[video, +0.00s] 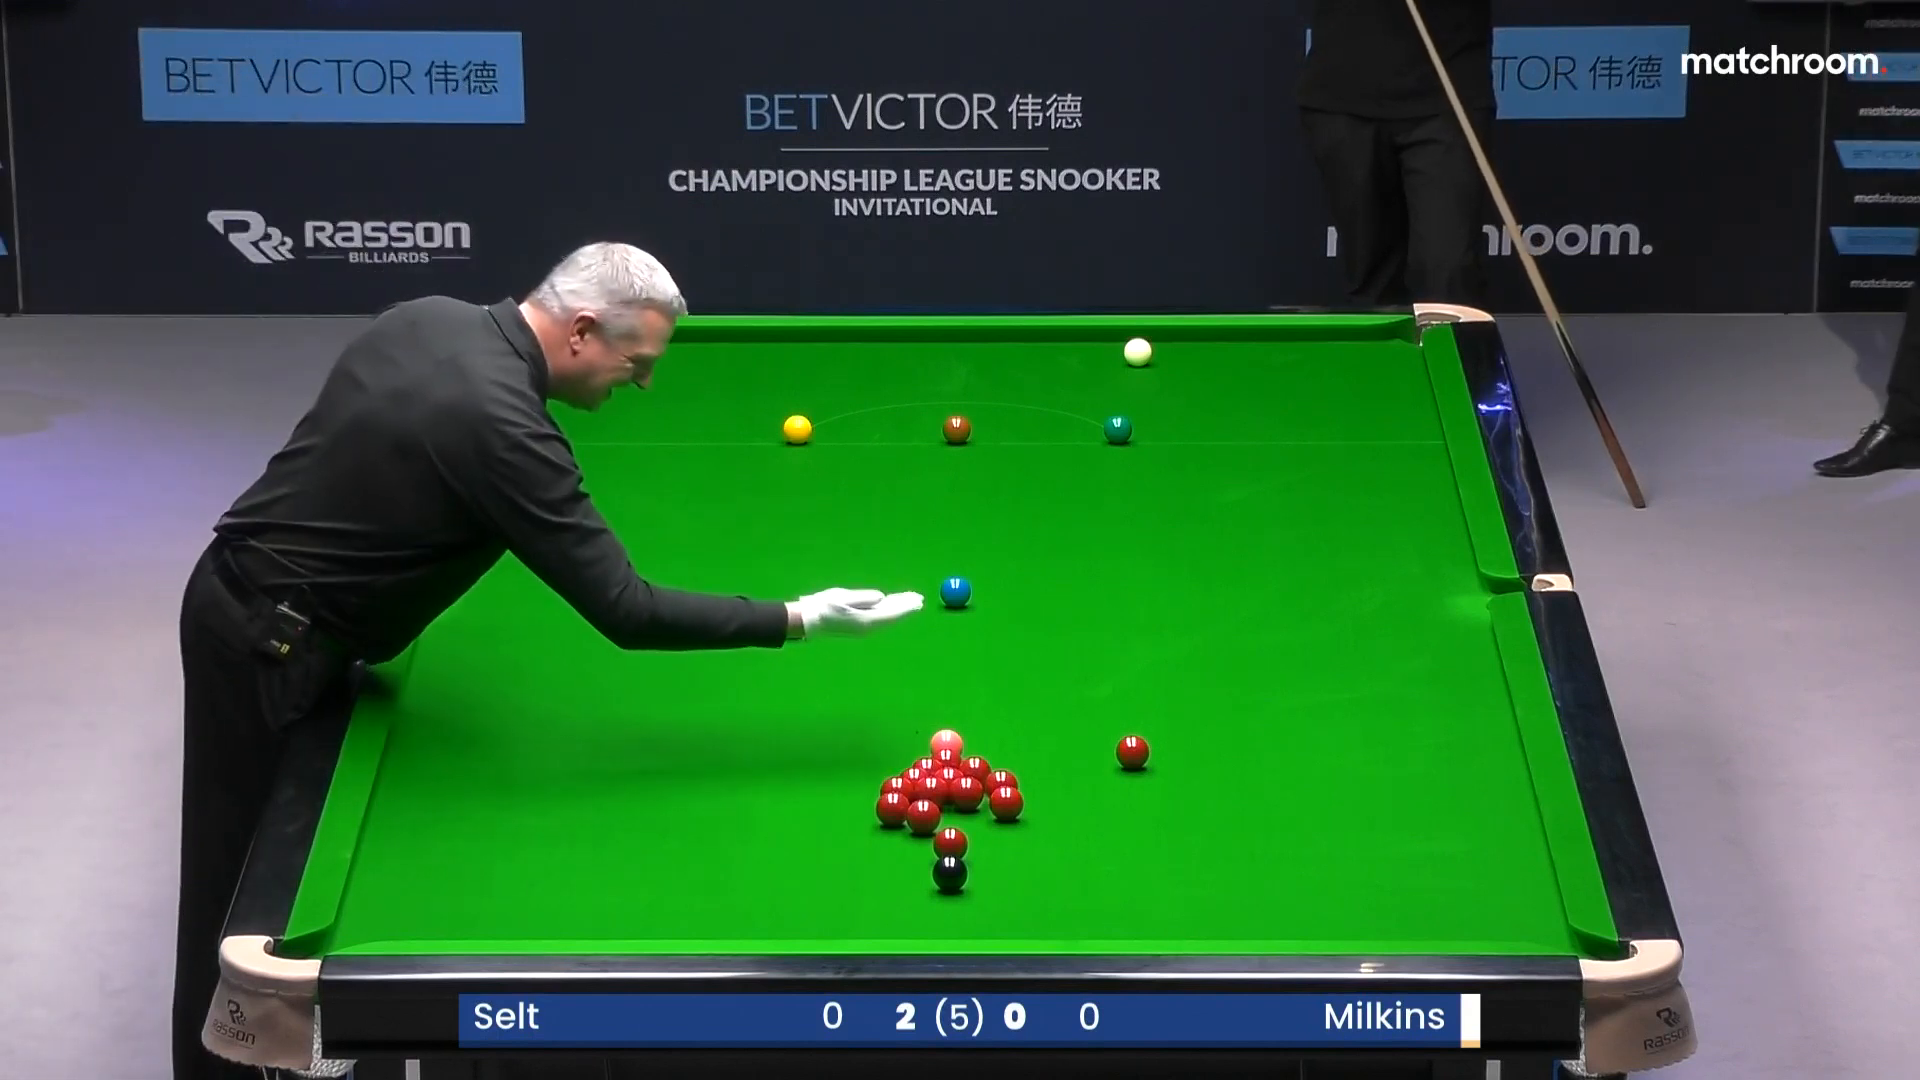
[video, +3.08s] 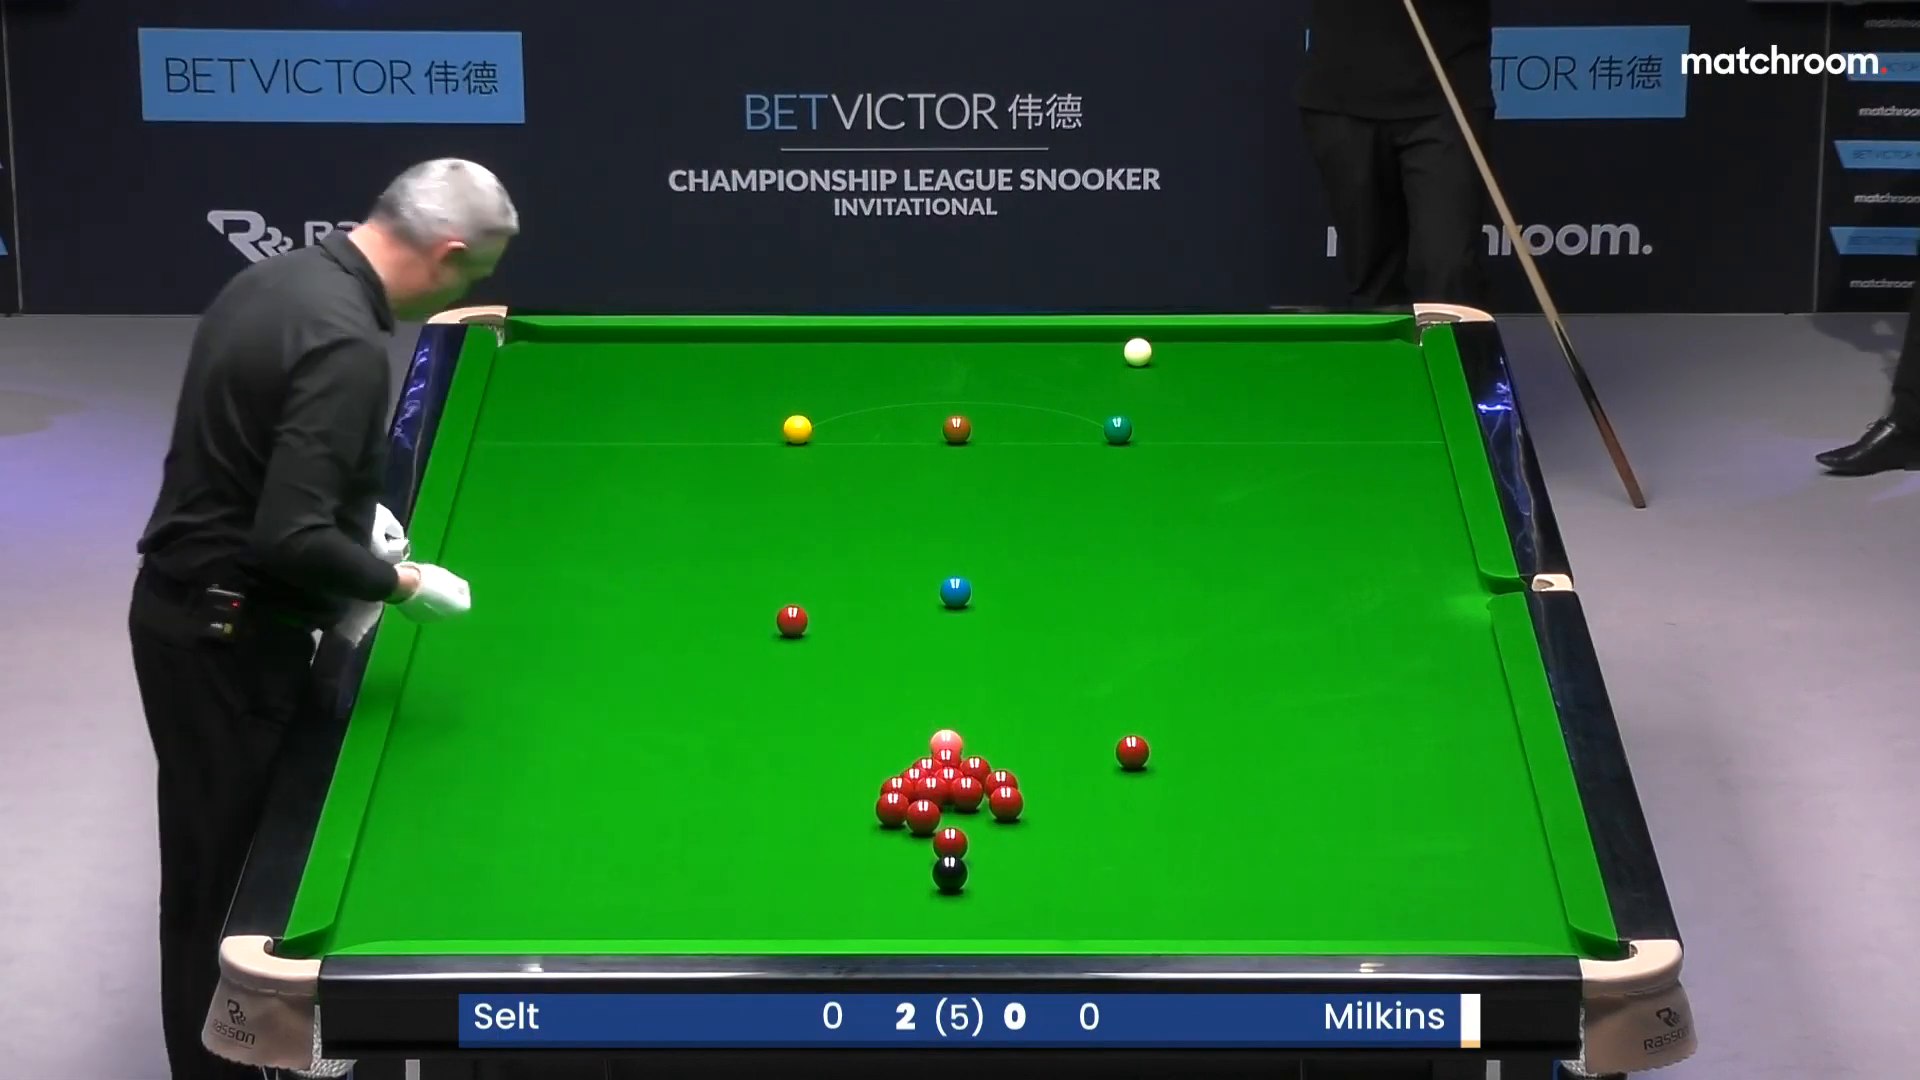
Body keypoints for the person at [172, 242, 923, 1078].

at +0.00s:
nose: (637, 383)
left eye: (646, 367)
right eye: (636, 363)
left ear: (565, 316)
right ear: (577, 328)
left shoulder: (427, 319)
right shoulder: (506, 428)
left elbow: (333, 451)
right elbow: (626, 607)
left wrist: (350, 607)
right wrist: (794, 616)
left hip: (236, 591)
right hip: (275, 635)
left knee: (244, 865)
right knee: (242, 881)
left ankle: (232, 1050)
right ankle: (215, 1059)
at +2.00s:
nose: (665, 411)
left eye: (675, 397)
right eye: (666, 391)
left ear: (595, 339)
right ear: (612, 355)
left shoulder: (454, 331)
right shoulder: (542, 454)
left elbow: (336, 438)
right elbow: (670, 616)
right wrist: (838, 693)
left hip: (243, 585)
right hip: (282, 636)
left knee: (241, 868)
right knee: (252, 883)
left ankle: (227, 1046)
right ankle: (218, 1054)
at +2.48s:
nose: (652, 389)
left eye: (660, 373)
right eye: (650, 368)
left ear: (579, 318)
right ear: (592, 331)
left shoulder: (438, 323)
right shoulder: (516, 430)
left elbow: (324, 448)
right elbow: (573, 651)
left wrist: (365, 610)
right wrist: (734, 660)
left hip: (241, 590)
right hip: (279, 636)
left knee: (236, 880)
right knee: (250, 894)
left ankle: (215, 1054)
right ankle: (215, 1060)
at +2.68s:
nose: (587, 356)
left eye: (600, 340)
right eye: (599, 338)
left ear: (521, 272)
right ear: (570, 307)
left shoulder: (391, 306)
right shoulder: (472, 410)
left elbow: (298, 445)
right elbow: (447, 612)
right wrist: (593, 630)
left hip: (225, 598)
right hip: (270, 638)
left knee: (236, 869)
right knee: (248, 883)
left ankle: (217, 1050)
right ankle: (214, 1057)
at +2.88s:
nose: (526, 307)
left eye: (533, 291)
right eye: (534, 292)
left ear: (452, 228)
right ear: (514, 282)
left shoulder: (329, 286)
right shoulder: (406, 369)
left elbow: (264, 448)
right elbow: (337, 556)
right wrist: (463, 596)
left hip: (207, 603)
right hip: (258, 635)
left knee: (225, 856)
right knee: (246, 867)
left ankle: (212, 1051)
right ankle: (217, 1059)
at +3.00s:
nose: (486, 298)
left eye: (497, 282)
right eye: (495, 280)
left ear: (411, 220)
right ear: (472, 263)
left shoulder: (298, 281)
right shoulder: (371, 349)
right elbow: (304, 540)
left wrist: (440, 317)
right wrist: (417, 584)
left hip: (194, 608)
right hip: (245, 634)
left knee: (217, 856)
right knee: (242, 866)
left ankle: (208, 1052)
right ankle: (215, 1060)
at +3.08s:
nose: (460, 296)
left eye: (473, 279)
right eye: (470, 277)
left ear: (391, 221)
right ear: (441, 250)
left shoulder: (280, 278)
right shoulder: (347, 343)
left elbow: (268, 430)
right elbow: (291, 535)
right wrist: (402, 580)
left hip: (183, 608)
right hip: (231, 633)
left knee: (212, 854)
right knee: (234, 865)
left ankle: (207, 1053)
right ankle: (212, 1061)